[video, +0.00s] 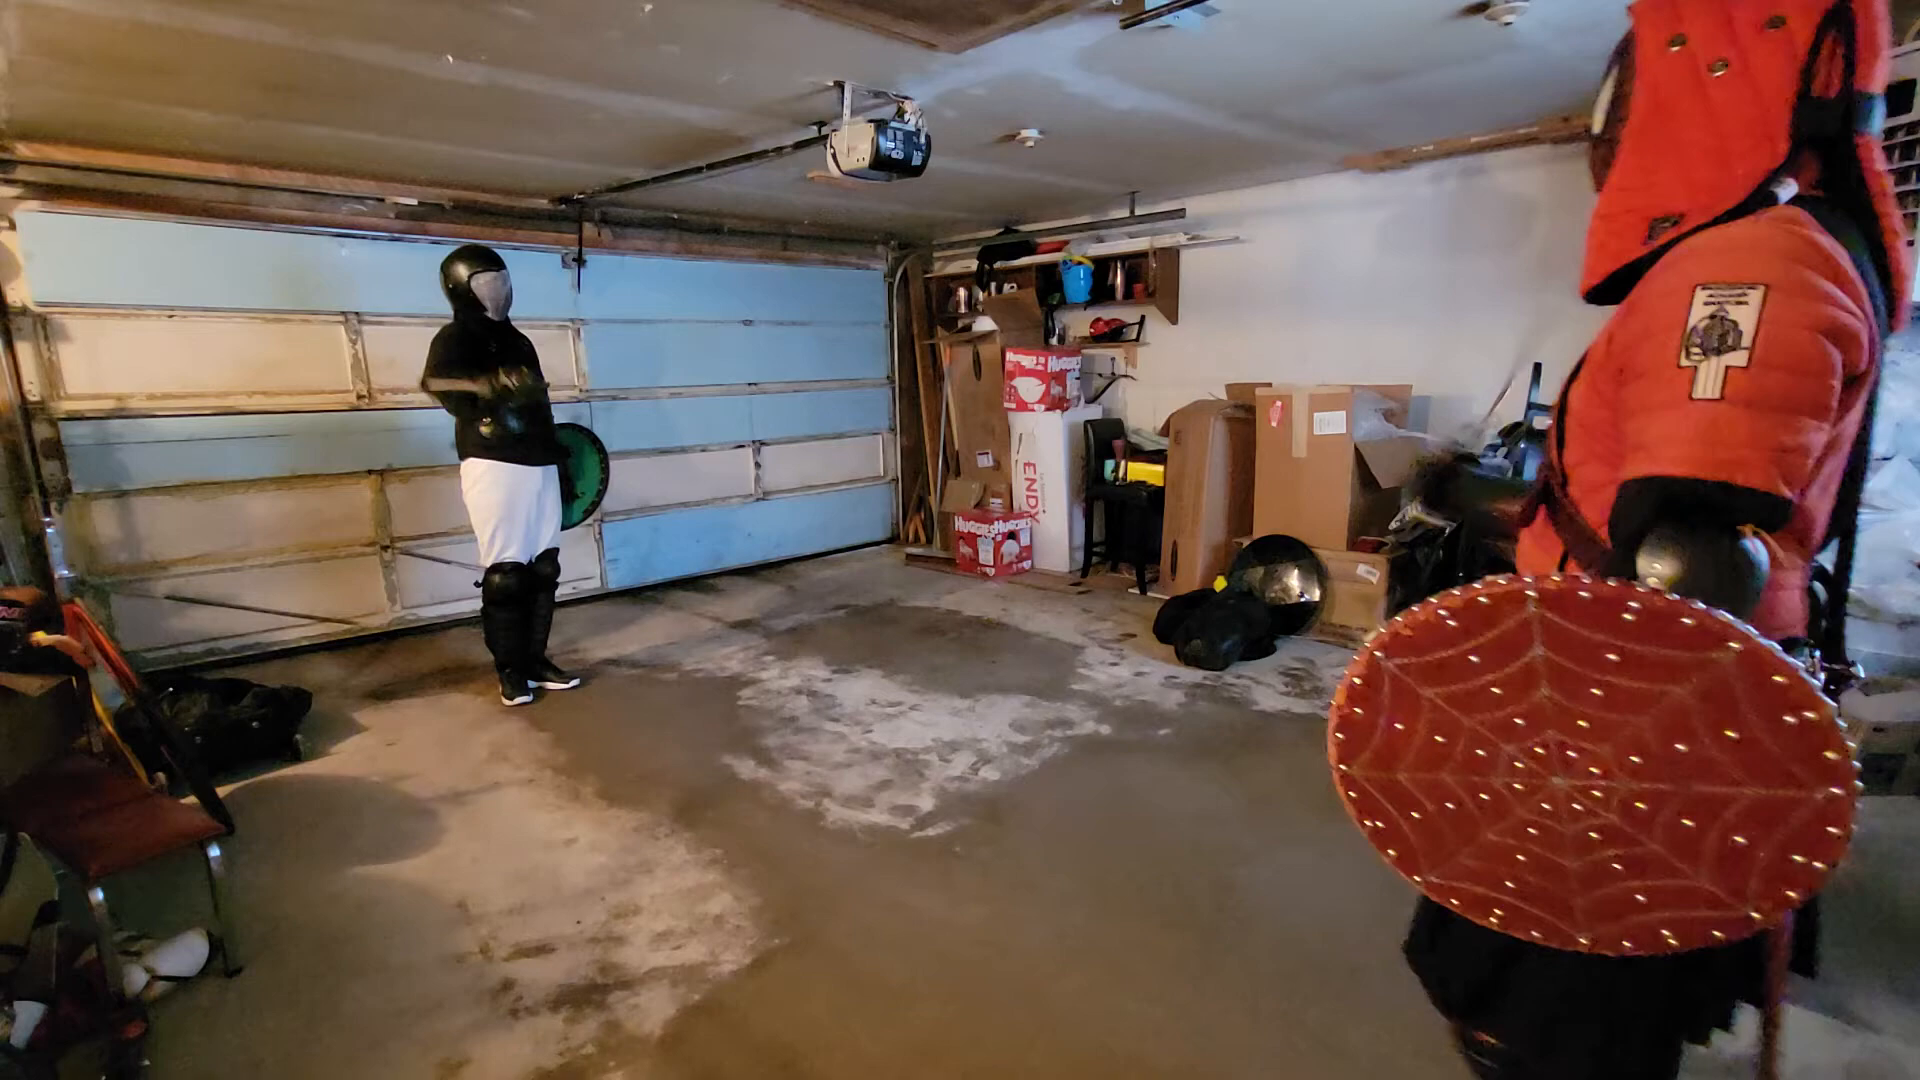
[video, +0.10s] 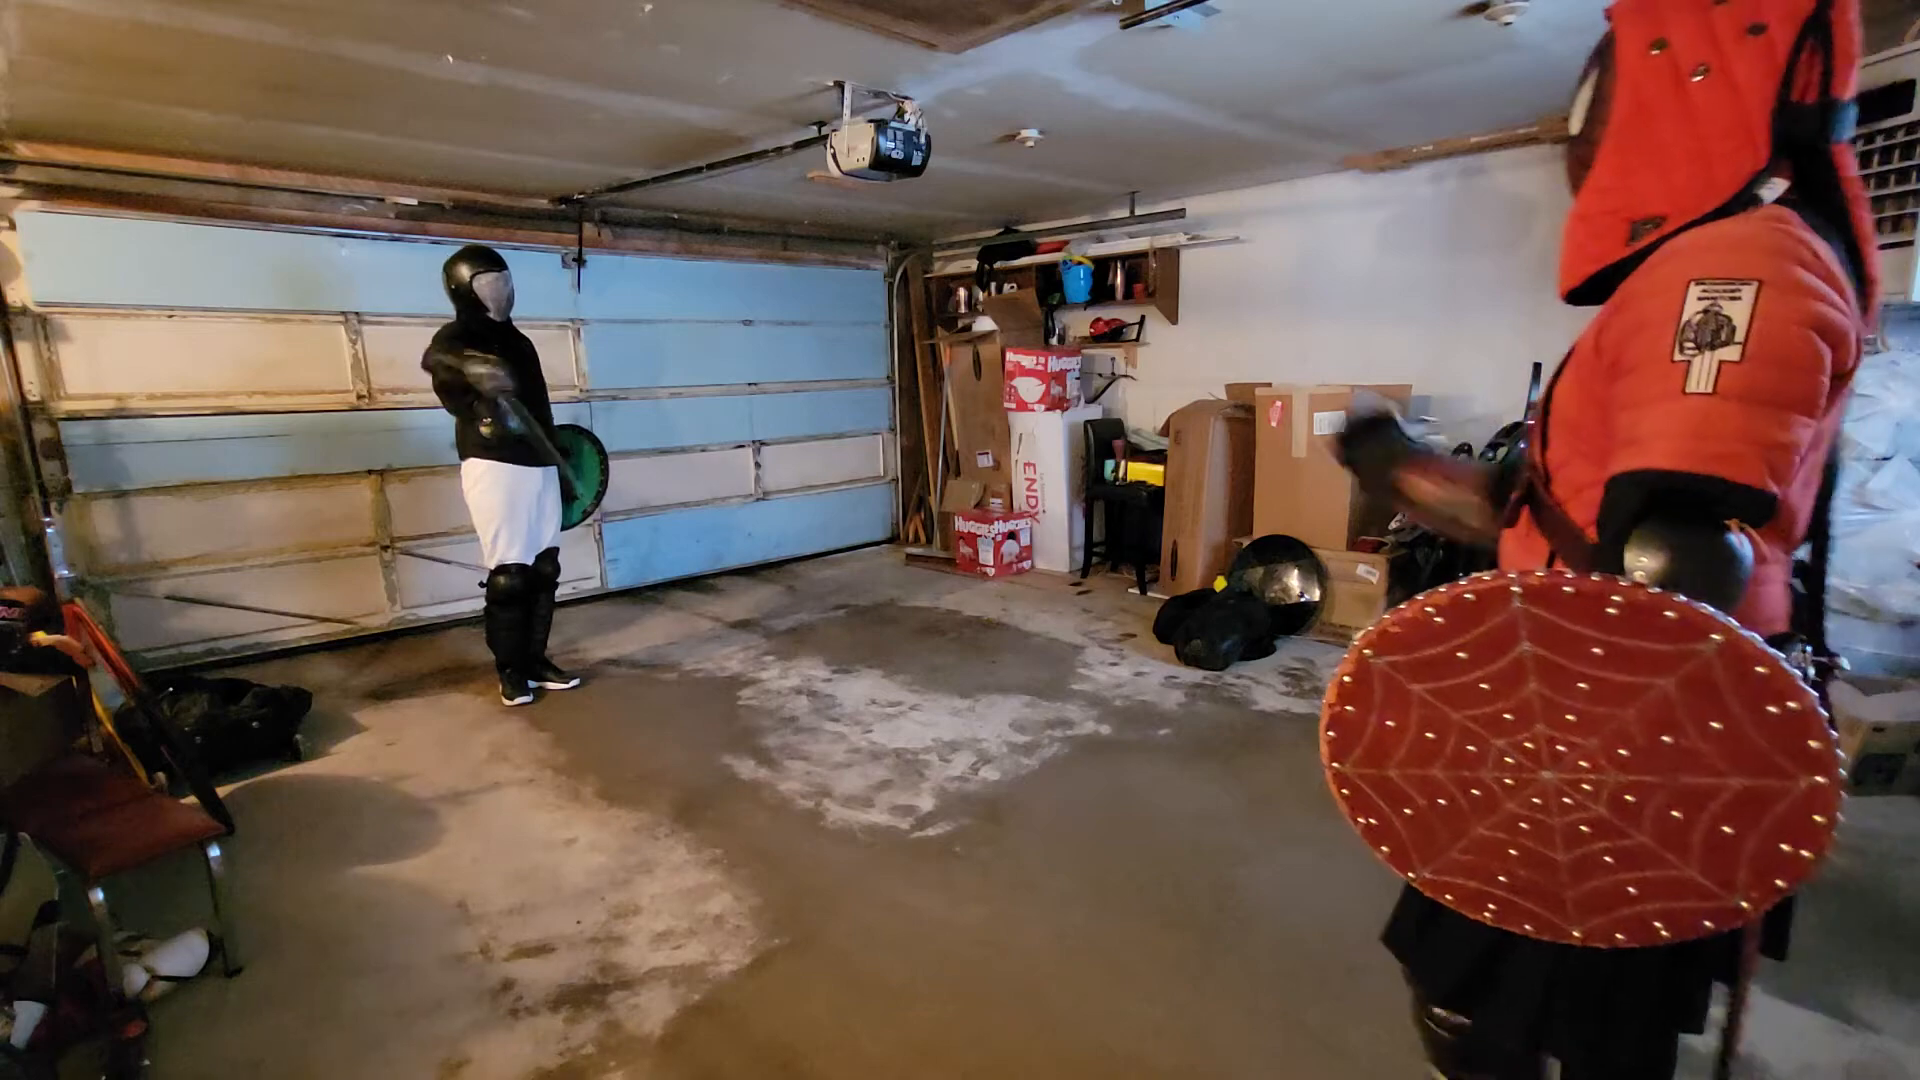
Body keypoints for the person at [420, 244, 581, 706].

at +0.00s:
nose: (504, 289)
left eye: (504, 279)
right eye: (492, 281)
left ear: (506, 282)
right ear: (467, 289)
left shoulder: (520, 342)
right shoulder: (454, 340)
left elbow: (538, 409)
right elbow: (441, 386)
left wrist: (558, 460)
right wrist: (490, 392)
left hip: (539, 464)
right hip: (493, 466)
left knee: (543, 566)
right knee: (506, 570)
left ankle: (535, 661)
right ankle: (510, 672)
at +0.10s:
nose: (506, 288)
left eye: (507, 279)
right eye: (495, 281)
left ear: (506, 283)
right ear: (470, 289)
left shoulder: (521, 343)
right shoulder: (452, 341)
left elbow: (540, 410)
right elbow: (455, 398)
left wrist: (560, 469)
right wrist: (477, 379)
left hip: (539, 462)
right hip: (494, 465)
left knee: (544, 567)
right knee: (510, 571)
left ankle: (535, 662)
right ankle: (510, 672)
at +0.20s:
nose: (512, 288)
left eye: (512, 279)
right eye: (501, 280)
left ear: (510, 284)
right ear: (475, 288)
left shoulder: (521, 342)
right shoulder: (461, 336)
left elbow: (534, 409)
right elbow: (453, 378)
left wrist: (555, 460)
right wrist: (468, 385)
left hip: (538, 464)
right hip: (494, 465)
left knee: (544, 567)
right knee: (513, 571)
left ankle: (536, 662)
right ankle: (511, 671)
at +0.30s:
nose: (515, 291)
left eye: (516, 282)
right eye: (504, 282)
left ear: (518, 286)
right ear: (478, 288)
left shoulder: (526, 345)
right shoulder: (462, 338)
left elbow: (539, 414)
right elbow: (445, 400)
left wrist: (556, 465)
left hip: (537, 466)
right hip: (490, 466)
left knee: (542, 567)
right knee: (515, 571)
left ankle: (535, 662)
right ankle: (511, 671)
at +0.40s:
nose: (520, 288)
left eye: (520, 280)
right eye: (509, 280)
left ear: (520, 285)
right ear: (483, 287)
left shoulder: (532, 346)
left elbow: (540, 415)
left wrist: (556, 460)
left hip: (538, 469)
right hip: (488, 470)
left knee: (541, 568)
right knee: (510, 571)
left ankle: (535, 662)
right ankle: (511, 672)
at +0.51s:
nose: (522, 285)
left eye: (521, 277)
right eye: (511, 278)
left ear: (516, 285)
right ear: (484, 286)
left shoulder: (535, 349)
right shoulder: (457, 345)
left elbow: (547, 414)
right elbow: (435, 403)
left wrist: (558, 466)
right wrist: (433, 448)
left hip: (537, 470)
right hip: (483, 471)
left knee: (539, 567)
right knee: (499, 571)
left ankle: (534, 663)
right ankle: (502, 670)